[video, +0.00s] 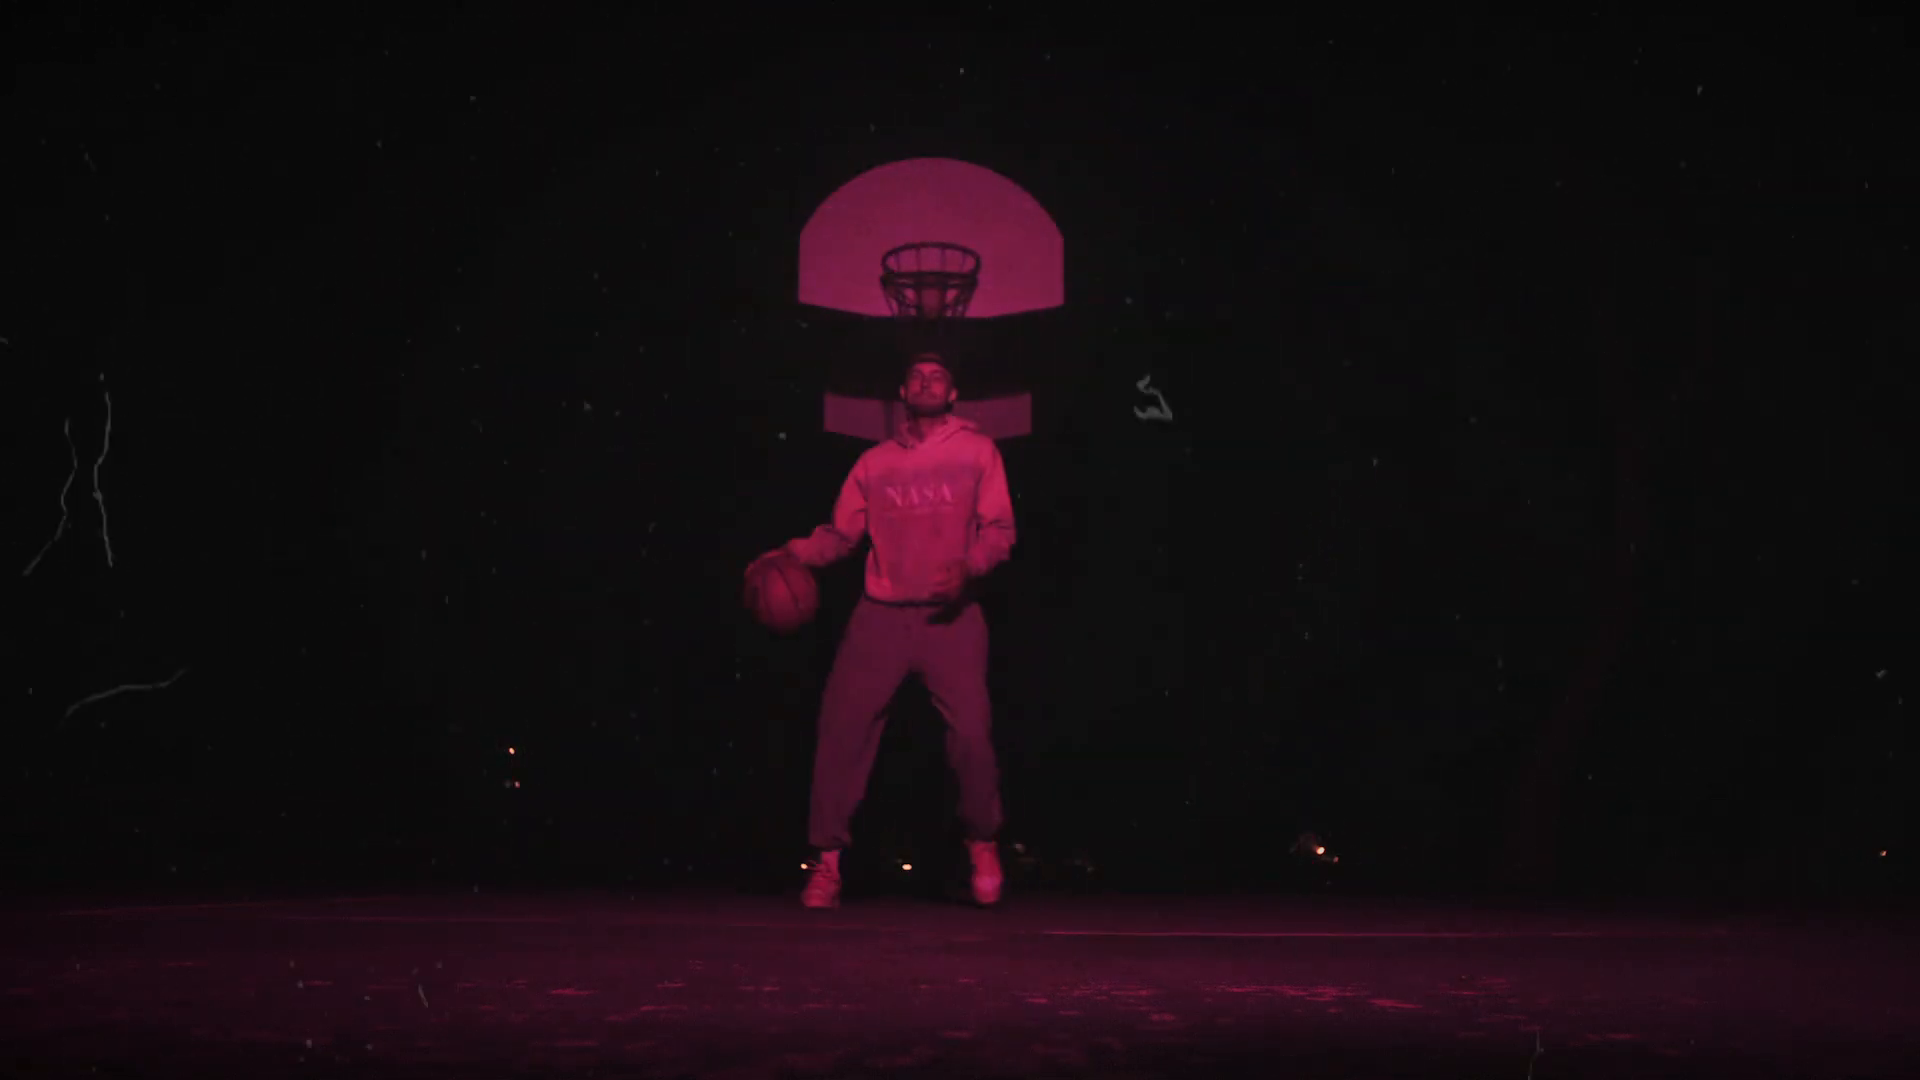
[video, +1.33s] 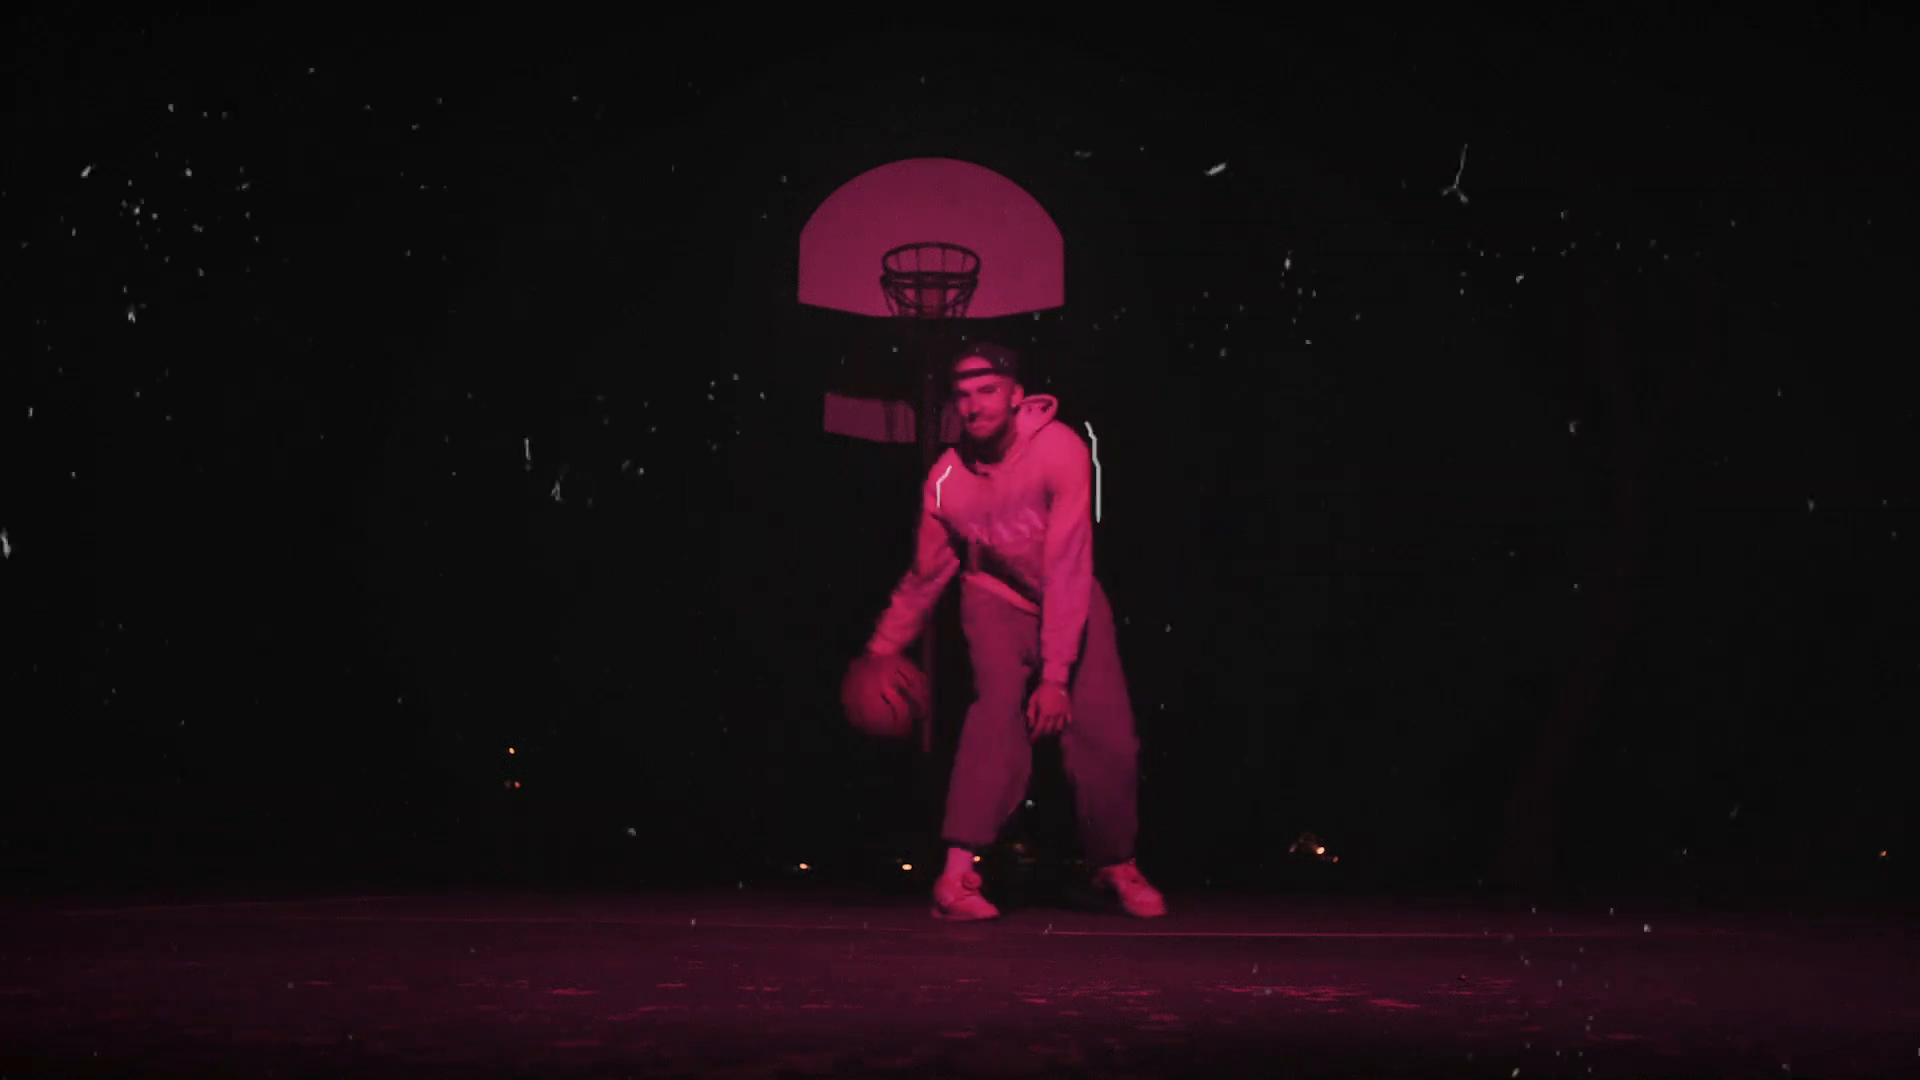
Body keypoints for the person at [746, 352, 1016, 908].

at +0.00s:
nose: (928, 386)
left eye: (938, 379)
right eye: (918, 378)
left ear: (953, 393)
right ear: (902, 393)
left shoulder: (977, 451)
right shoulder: (876, 461)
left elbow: (999, 531)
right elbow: (841, 535)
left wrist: (966, 572)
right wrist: (787, 557)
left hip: (951, 620)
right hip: (880, 617)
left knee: (971, 732)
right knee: (842, 726)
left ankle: (982, 845)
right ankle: (827, 858)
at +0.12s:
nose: (931, 375)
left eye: (940, 368)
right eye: (921, 367)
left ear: (956, 381)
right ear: (904, 381)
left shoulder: (982, 441)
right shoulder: (878, 453)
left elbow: (998, 524)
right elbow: (858, 536)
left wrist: (980, 587)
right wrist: (840, 605)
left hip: (952, 607)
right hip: (879, 608)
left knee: (977, 725)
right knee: (858, 725)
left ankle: (1012, 845)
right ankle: (830, 857)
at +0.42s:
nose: (993, 362)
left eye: (1003, 354)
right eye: (981, 354)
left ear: (1019, 368)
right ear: (963, 368)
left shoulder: (1043, 442)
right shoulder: (931, 439)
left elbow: (1054, 538)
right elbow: (916, 532)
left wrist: (1061, 616)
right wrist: (924, 610)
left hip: (1008, 606)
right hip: (933, 600)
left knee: (1015, 734)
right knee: (893, 726)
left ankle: (1042, 870)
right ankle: (860, 856)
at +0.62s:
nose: (1024, 320)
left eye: (1034, 313)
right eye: (1012, 312)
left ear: (1047, 329)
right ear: (992, 328)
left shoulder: (1071, 402)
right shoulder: (964, 398)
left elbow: (1095, 488)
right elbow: (944, 494)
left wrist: (1134, 553)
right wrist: (959, 573)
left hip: (1041, 573)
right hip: (969, 570)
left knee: (1061, 712)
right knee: (968, 715)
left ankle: (1079, 860)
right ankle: (957, 866)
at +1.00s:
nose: (1072, 365)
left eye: (1082, 356)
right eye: (1059, 356)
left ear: (1097, 370)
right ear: (1038, 370)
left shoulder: (1116, 445)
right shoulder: (1007, 446)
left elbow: (1126, 547)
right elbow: (975, 548)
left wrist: (1131, 637)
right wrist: (964, 630)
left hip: (1073, 596)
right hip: (1006, 586)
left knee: (1097, 718)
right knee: (1019, 670)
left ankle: (1112, 874)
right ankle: (964, 833)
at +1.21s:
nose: (1021, 404)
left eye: (1032, 391)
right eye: (1008, 395)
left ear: (1054, 397)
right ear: (993, 406)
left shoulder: (1090, 461)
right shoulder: (976, 483)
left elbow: (1081, 570)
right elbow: (958, 590)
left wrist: (1060, 669)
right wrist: (931, 684)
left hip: (1078, 610)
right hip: (1007, 611)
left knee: (1116, 738)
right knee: (1015, 714)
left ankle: (1114, 880)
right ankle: (961, 876)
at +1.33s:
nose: (974, 405)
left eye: (988, 392)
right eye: (964, 394)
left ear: (1017, 395)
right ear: (954, 402)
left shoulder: (1060, 451)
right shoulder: (945, 482)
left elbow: (1068, 567)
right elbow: (924, 578)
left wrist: (1055, 674)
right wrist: (881, 651)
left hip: (1072, 589)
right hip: (995, 593)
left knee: (1109, 730)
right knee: (1001, 706)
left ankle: (1116, 864)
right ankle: (958, 871)